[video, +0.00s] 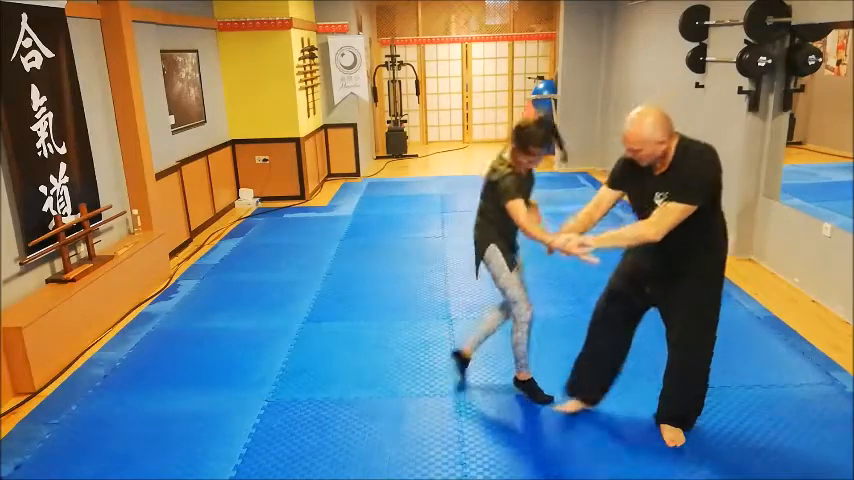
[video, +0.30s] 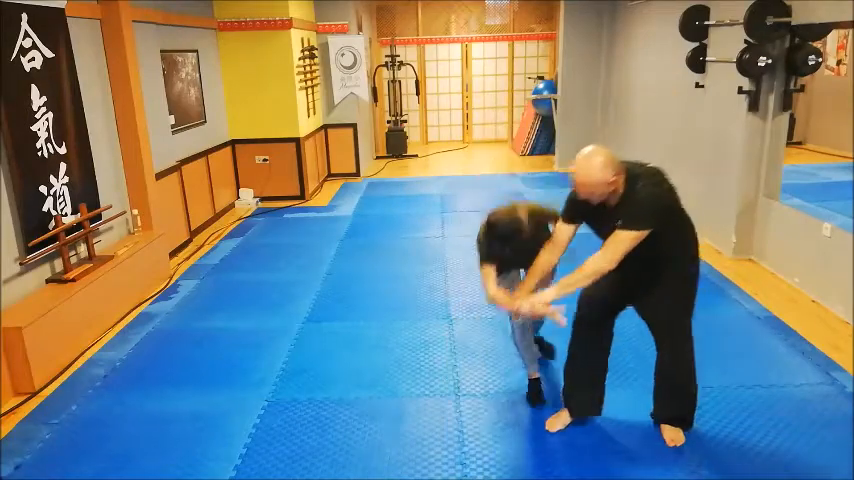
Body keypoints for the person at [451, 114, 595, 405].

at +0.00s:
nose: (531, 163)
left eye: (537, 158)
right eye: (527, 156)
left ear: (543, 153)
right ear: (514, 148)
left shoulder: (524, 170)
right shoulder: (504, 175)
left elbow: (528, 202)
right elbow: (522, 221)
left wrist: (534, 219)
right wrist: (556, 243)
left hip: (508, 239)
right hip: (490, 240)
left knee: (509, 306)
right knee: (523, 310)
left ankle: (465, 352)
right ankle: (522, 376)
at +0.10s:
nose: (528, 181)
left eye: (534, 176)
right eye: (522, 176)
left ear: (541, 168)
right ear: (512, 168)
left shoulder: (536, 177)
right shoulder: (502, 188)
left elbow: (543, 203)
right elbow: (515, 240)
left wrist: (545, 222)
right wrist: (548, 262)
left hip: (525, 236)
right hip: (496, 240)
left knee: (533, 300)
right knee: (519, 310)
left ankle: (489, 338)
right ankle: (528, 373)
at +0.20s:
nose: (521, 213)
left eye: (526, 209)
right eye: (517, 209)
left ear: (536, 196)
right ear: (508, 200)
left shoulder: (542, 185)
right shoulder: (496, 206)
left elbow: (555, 192)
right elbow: (502, 262)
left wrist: (552, 228)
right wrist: (540, 279)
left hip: (534, 244)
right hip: (504, 253)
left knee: (537, 305)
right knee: (519, 319)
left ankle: (517, 334)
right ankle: (530, 372)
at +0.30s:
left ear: (525, 230)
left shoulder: (542, 220)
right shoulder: (488, 235)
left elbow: (547, 272)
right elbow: (493, 291)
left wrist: (532, 298)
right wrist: (528, 308)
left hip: (538, 258)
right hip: (506, 265)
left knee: (538, 310)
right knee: (519, 319)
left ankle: (533, 337)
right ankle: (533, 375)